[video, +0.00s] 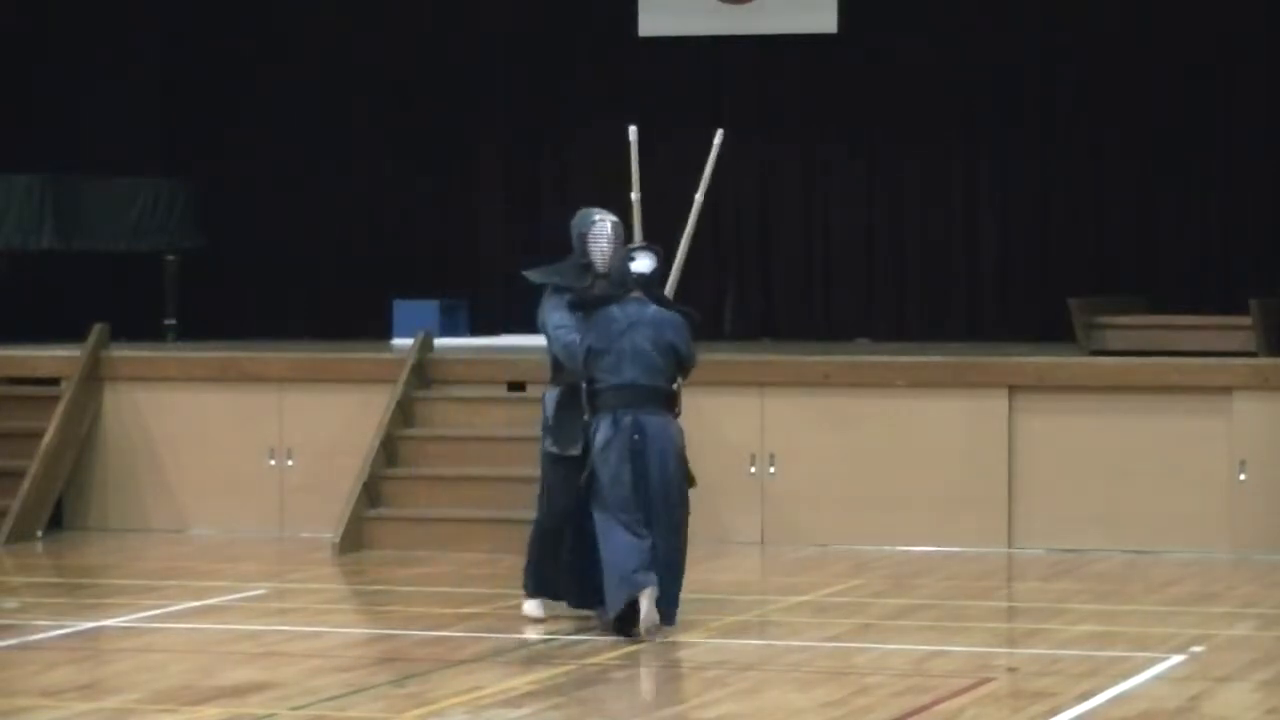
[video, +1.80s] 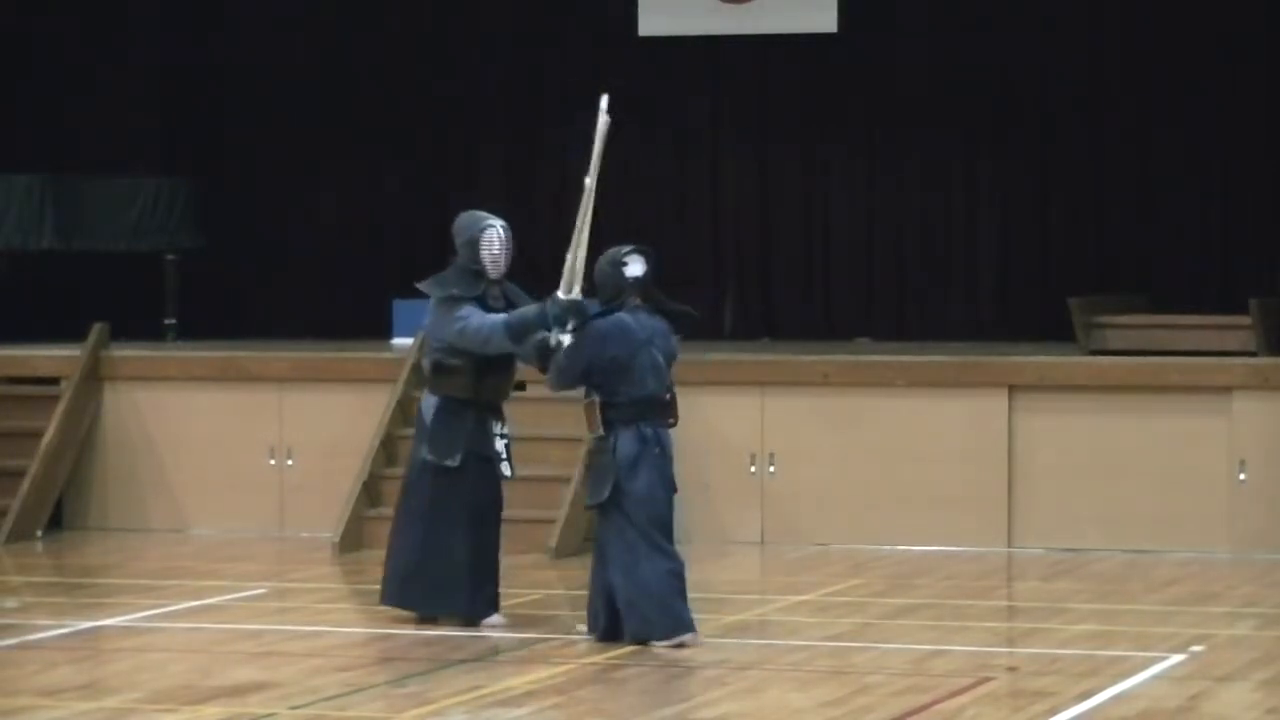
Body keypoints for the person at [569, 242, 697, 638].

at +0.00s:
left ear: (616, 283)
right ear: (648, 283)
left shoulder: (600, 320)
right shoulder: (669, 319)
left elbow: (575, 358)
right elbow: (686, 363)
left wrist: (555, 313)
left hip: (613, 421)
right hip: (660, 422)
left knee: (616, 509)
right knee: (665, 514)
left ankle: (640, 584)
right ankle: (662, 610)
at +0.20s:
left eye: (624, 283)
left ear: (623, 287)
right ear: (658, 288)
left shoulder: (601, 332)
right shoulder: (675, 330)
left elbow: (580, 374)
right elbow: (689, 375)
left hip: (622, 432)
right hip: (668, 432)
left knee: (625, 520)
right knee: (664, 521)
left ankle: (658, 604)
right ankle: (646, 612)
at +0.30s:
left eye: (623, 284)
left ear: (623, 289)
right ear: (659, 290)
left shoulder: (601, 334)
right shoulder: (680, 335)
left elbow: (581, 387)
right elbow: (689, 384)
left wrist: (589, 420)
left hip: (623, 436)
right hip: (669, 435)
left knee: (632, 525)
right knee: (664, 527)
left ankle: (663, 612)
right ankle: (638, 617)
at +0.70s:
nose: (624, 282)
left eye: (626, 276)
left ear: (629, 281)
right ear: (667, 283)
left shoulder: (608, 328)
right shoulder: (685, 327)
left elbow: (582, 383)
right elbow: (691, 366)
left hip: (631, 433)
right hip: (678, 432)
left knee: (635, 527)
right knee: (668, 525)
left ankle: (666, 620)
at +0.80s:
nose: (628, 278)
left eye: (630, 272)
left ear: (633, 276)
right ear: (672, 280)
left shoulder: (613, 324)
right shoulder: (689, 325)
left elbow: (585, 378)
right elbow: (690, 366)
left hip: (634, 432)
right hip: (682, 431)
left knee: (640, 526)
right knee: (675, 524)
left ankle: (666, 619)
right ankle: (678, 616)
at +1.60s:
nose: (615, 288)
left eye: (618, 282)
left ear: (622, 285)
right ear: (656, 283)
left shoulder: (614, 332)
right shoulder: (676, 326)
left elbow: (585, 389)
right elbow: (683, 361)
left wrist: (585, 348)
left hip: (637, 436)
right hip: (674, 433)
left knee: (639, 526)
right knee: (671, 526)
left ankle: (673, 627)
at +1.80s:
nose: (596, 291)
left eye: (598, 285)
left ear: (603, 289)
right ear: (638, 286)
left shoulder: (600, 331)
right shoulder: (659, 328)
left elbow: (559, 378)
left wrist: (558, 345)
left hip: (624, 436)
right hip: (656, 433)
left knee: (634, 527)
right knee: (620, 527)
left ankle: (672, 624)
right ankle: (611, 621)